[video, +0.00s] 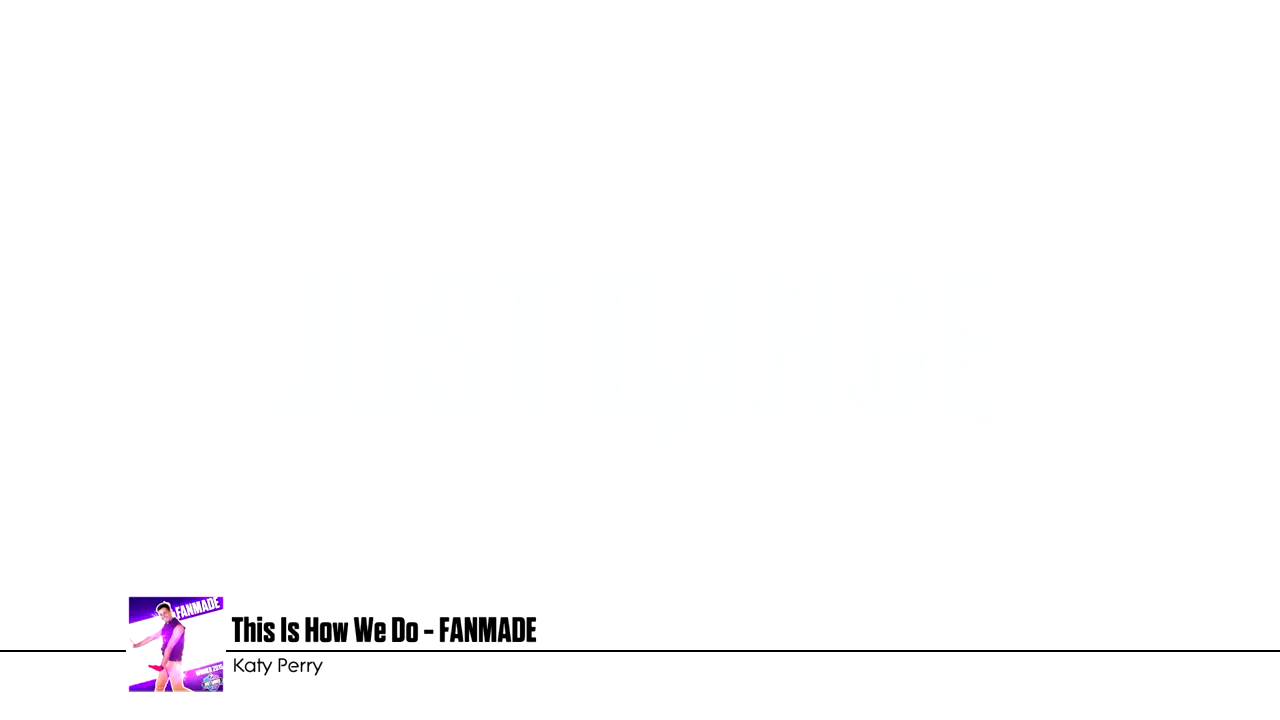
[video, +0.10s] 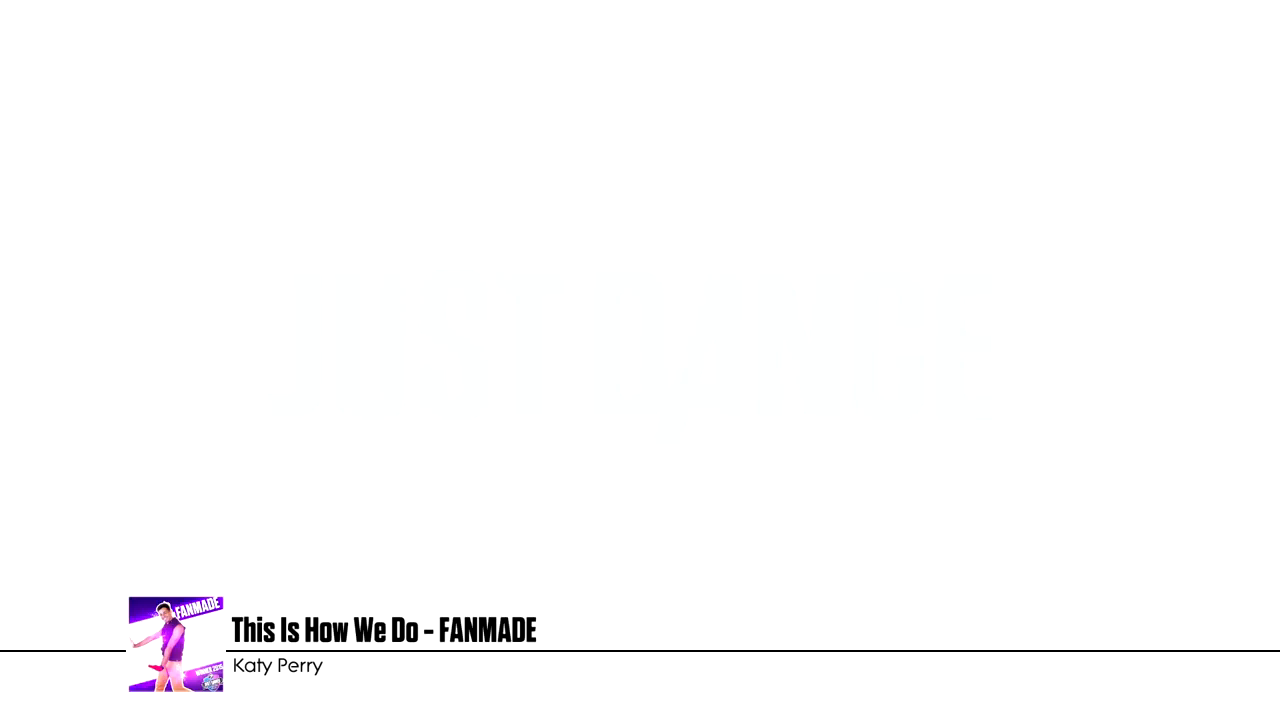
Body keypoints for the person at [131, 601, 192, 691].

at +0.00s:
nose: (163, 616)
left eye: (165, 613)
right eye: (161, 614)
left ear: (171, 612)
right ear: (160, 616)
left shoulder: (179, 627)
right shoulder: (166, 627)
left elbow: (170, 647)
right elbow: (152, 637)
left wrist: (162, 665)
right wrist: (137, 645)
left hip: (175, 661)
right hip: (165, 660)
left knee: (178, 689)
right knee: (159, 687)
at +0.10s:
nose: (163, 616)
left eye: (165, 613)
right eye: (161, 614)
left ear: (171, 612)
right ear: (160, 616)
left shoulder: (179, 627)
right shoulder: (166, 627)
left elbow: (170, 647)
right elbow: (152, 637)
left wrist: (162, 665)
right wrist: (137, 645)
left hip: (175, 661)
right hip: (165, 660)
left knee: (178, 689)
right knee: (159, 687)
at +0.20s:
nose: (163, 616)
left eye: (165, 613)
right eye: (161, 614)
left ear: (171, 612)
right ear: (160, 616)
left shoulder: (179, 627)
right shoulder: (166, 627)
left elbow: (170, 647)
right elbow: (152, 637)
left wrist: (162, 665)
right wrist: (137, 645)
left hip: (175, 661)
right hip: (165, 660)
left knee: (178, 689)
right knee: (159, 687)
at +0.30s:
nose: (163, 616)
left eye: (165, 613)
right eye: (161, 614)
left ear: (171, 612)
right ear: (160, 616)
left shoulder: (179, 627)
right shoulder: (166, 627)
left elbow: (170, 647)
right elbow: (152, 637)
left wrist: (162, 665)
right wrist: (137, 645)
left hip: (175, 661)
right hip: (165, 660)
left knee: (178, 689)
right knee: (159, 687)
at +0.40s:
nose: (163, 616)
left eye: (165, 613)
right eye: (161, 614)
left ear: (171, 612)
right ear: (160, 616)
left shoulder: (179, 627)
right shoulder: (166, 627)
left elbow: (170, 647)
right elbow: (152, 637)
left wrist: (162, 665)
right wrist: (137, 645)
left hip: (175, 661)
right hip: (165, 660)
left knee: (178, 689)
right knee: (159, 687)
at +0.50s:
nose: (163, 616)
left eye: (165, 613)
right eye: (161, 614)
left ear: (170, 612)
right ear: (159, 616)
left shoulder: (179, 627)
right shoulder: (166, 627)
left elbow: (170, 647)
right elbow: (152, 637)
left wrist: (162, 665)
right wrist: (137, 645)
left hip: (174, 661)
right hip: (165, 660)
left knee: (178, 688)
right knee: (159, 687)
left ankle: (200, 699)